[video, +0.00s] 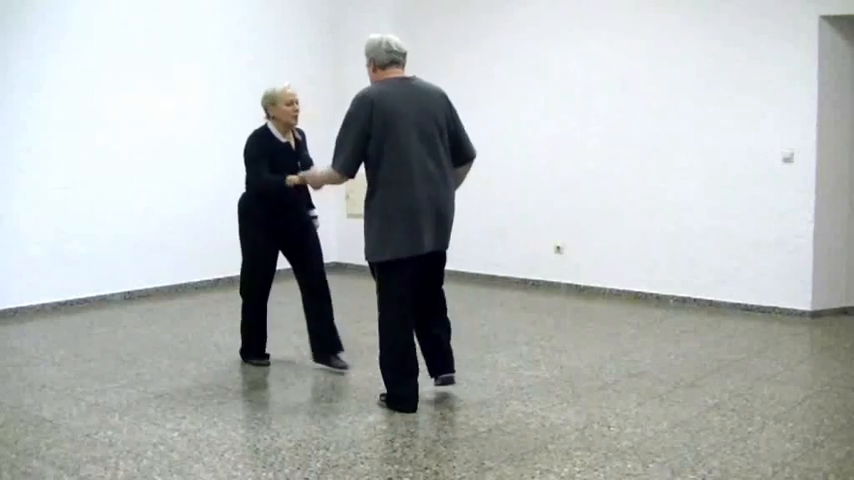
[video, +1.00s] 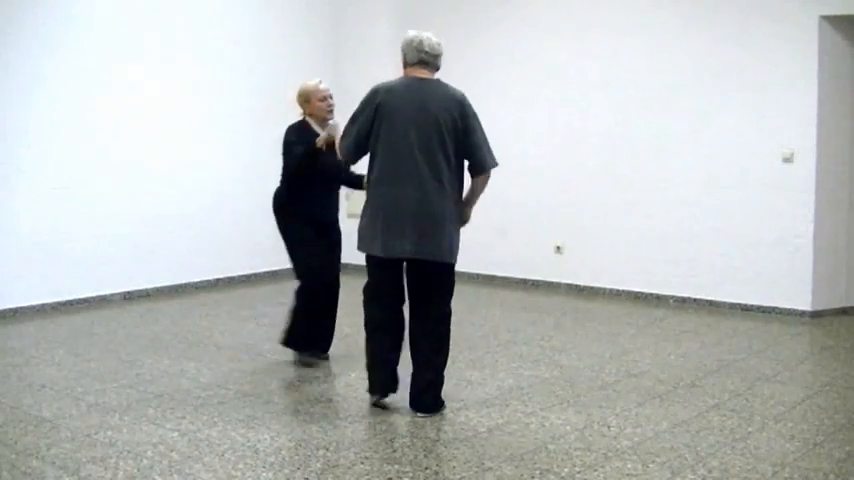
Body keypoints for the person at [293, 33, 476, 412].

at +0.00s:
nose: (367, 72)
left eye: (367, 67)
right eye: (369, 67)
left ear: (373, 66)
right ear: (403, 62)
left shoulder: (369, 99)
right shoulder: (435, 96)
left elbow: (342, 172)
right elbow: (464, 158)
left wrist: (311, 177)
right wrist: (439, 191)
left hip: (392, 221)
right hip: (437, 218)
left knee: (394, 309)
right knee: (430, 294)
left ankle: (402, 396)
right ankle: (443, 370)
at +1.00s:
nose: (404, 67)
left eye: (403, 60)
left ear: (403, 61)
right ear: (439, 63)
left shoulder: (382, 95)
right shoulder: (456, 101)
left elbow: (347, 152)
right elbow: (482, 170)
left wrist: (341, 131)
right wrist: (467, 206)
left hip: (384, 225)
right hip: (437, 227)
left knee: (383, 306)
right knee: (433, 313)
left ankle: (381, 387)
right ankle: (427, 400)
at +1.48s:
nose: (421, 70)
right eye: (421, 65)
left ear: (383, 61)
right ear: (418, 66)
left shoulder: (357, 97)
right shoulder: (420, 103)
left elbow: (326, 113)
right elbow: (439, 165)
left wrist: (359, 80)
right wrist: (440, 203)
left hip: (353, 227)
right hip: (402, 230)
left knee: (352, 312)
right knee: (414, 311)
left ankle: (350, 396)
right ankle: (422, 393)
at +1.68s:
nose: (421, 70)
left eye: (420, 64)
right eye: (420, 64)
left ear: (380, 61)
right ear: (413, 66)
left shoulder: (353, 92)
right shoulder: (409, 102)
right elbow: (418, 172)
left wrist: (411, 85)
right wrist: (434, 195)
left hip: (344, 225)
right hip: (393, 228)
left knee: (347, 317)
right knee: (405, 306)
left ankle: (350, 397)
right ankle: (397, 384)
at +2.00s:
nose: (433, 72)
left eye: (432, 67)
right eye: (431, 67)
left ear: (394, 65)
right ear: (418, 69)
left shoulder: (372, 91)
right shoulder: (406, 107)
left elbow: (424, 83)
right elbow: (413, 178)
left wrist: (461, 65)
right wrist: (451, 187)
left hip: (359, 217)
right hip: (391, 223)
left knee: (372, 298)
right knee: (405, 301)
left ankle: (346, 364)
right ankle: (391, 384)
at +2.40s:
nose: (440, 75)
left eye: (440, 67)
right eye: (434, 68)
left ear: (415, 68)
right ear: (409, 69)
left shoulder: (412, 97)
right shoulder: (391, 107)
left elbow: (452, 109)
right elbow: (421, 172)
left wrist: (494, 97)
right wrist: (480, 178)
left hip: (406, 223)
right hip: (388, 228)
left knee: (423, 286)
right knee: (401, 305)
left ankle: (381, 350)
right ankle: (396, 384)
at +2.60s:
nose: (443, 72)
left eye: (443, 65)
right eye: (437, 66)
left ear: (425, 67)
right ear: (413, 67)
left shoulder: (426, 99)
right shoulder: (386, 106)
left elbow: (447, 137)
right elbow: (404, 170)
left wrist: (492, 139)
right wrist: (461, 185)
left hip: (422, 226)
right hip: (390, 231)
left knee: (434, 292)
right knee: (396, 307)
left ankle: (414, 363)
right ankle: (392, 383)